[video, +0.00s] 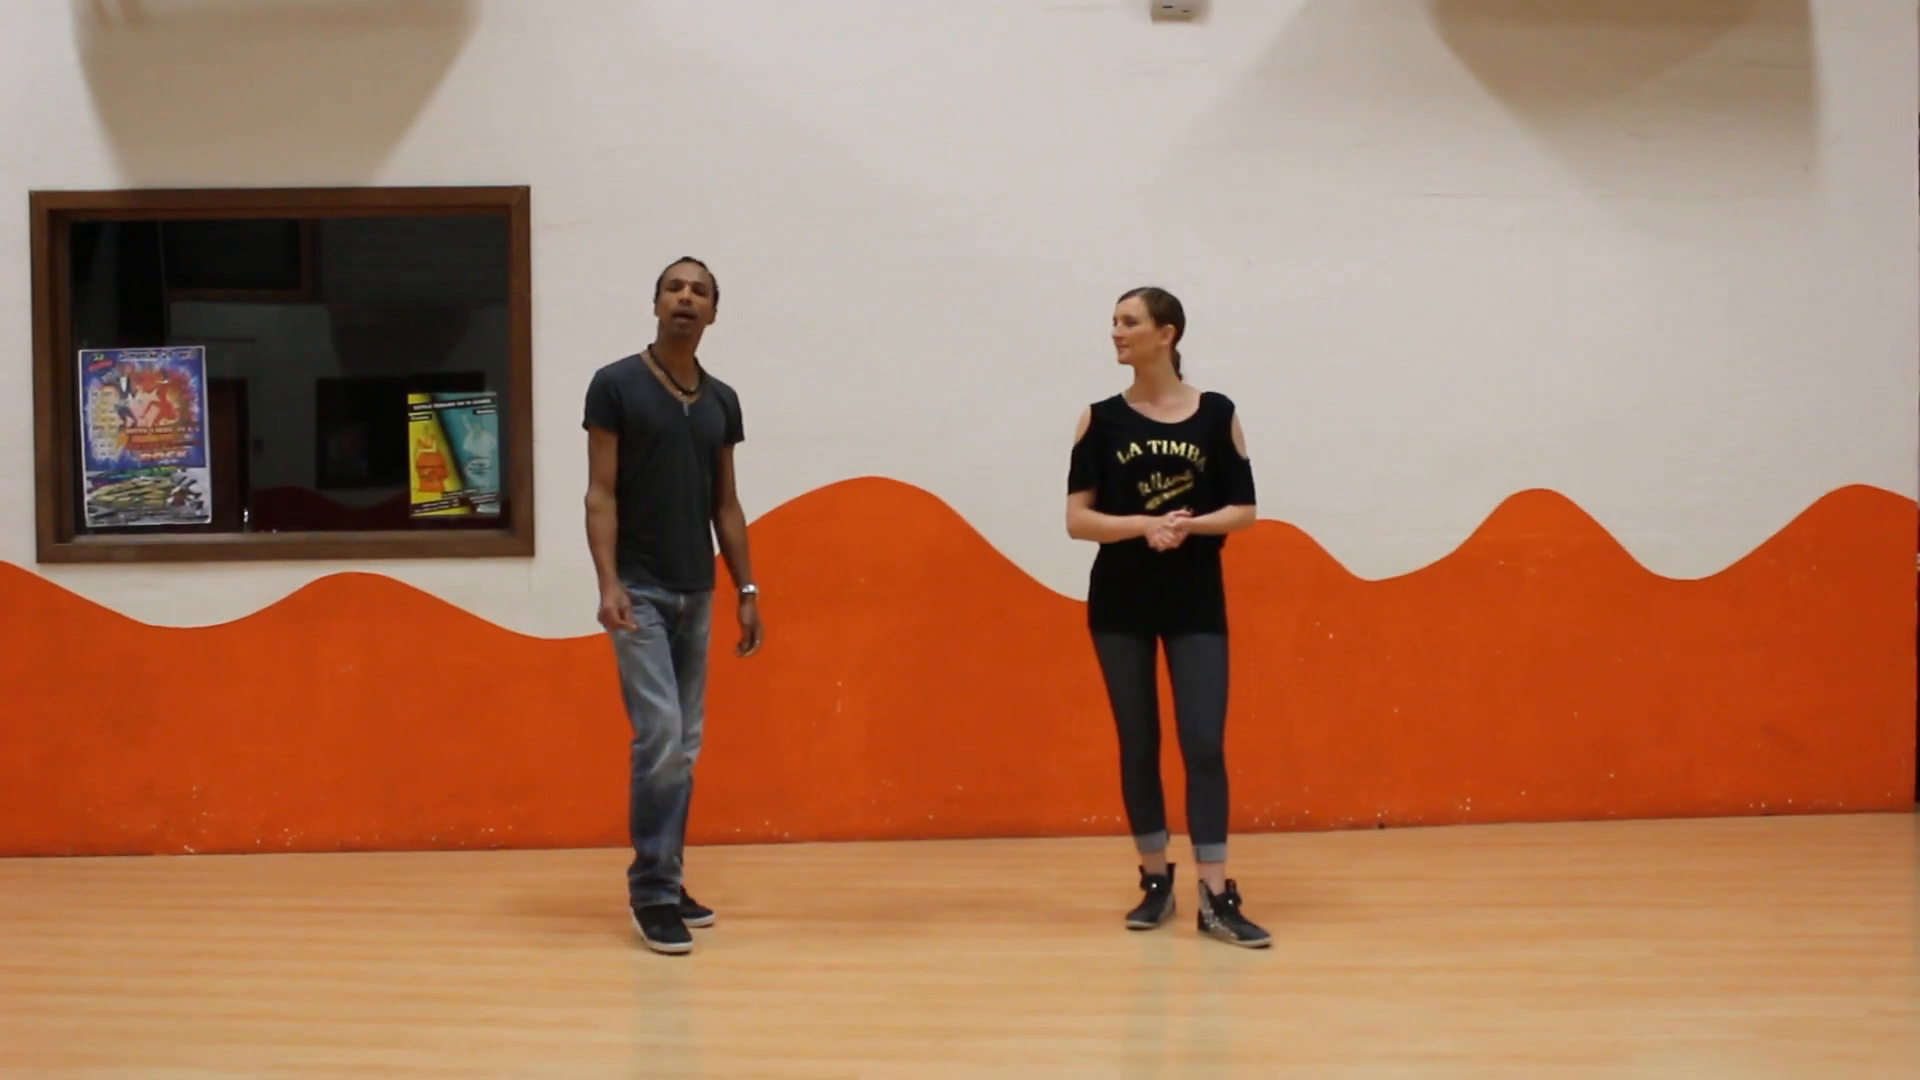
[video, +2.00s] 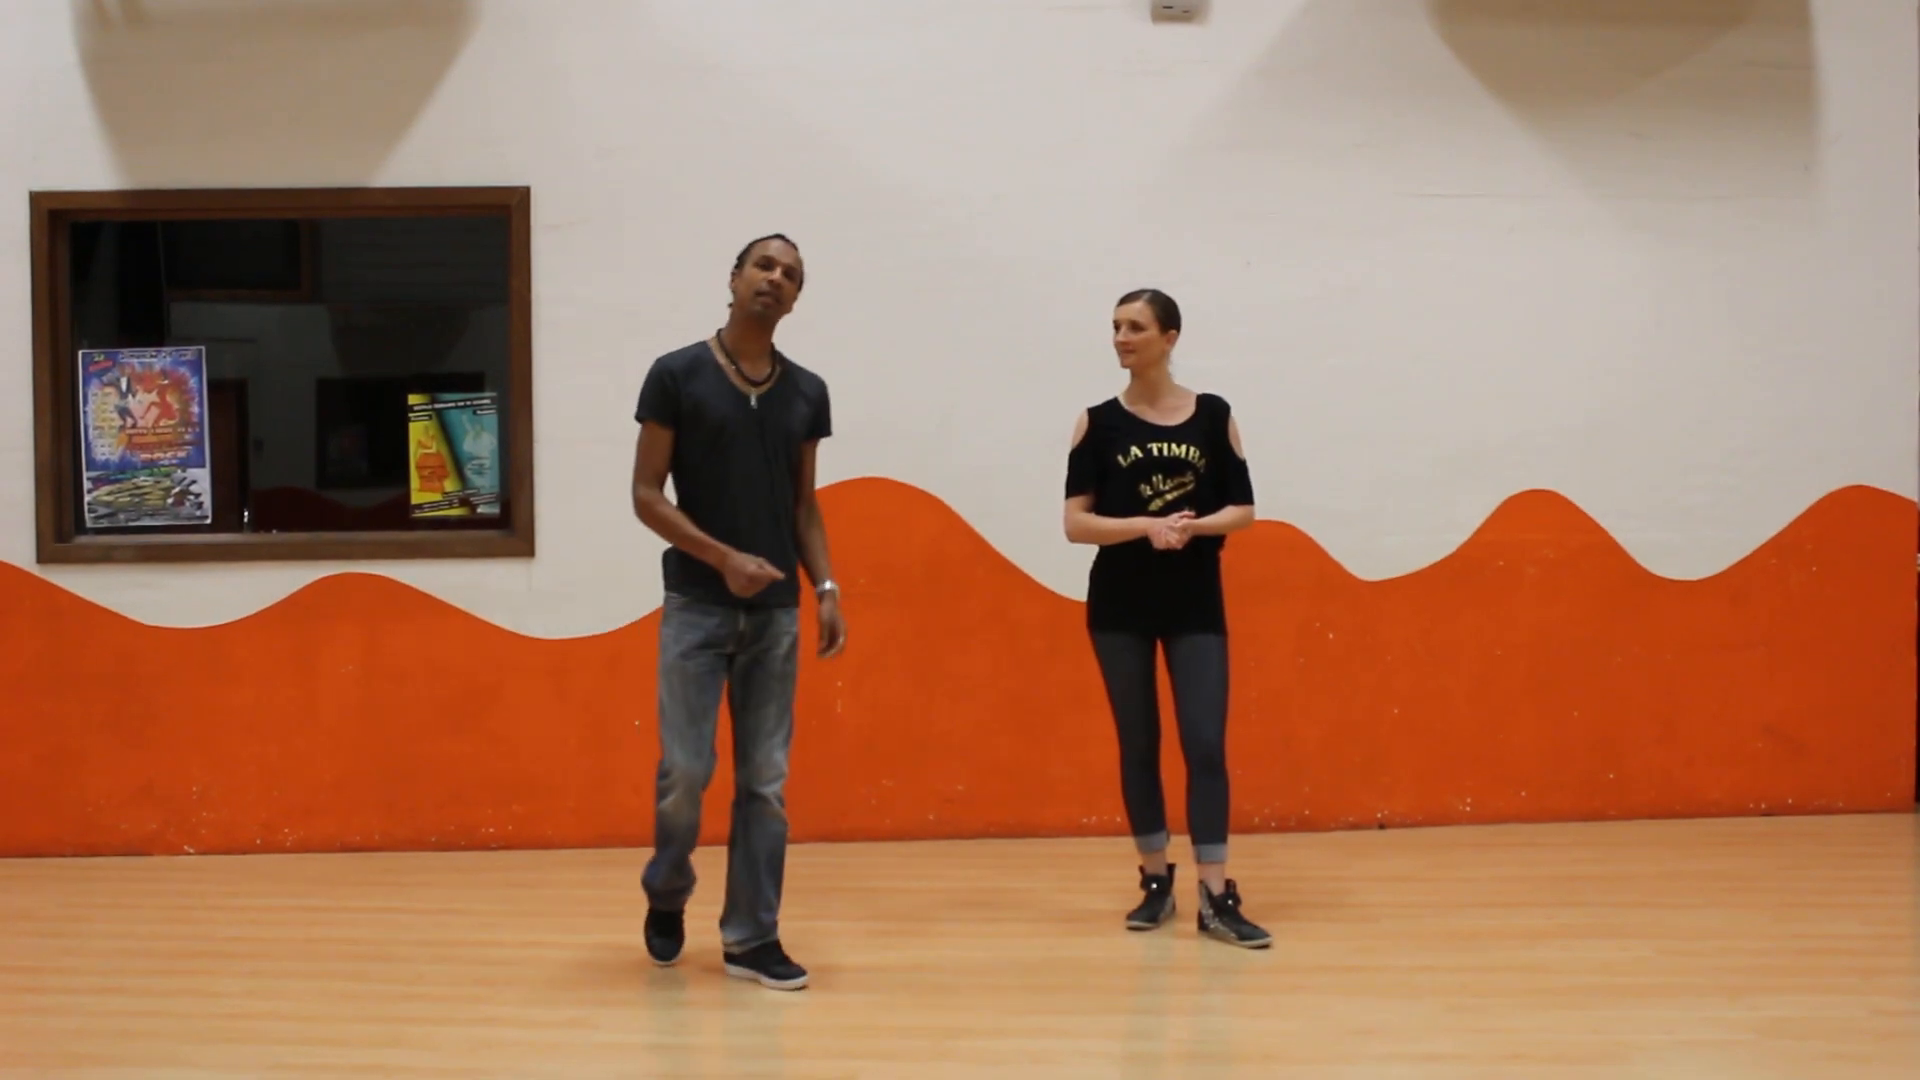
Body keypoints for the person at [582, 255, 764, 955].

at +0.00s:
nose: (685, 298)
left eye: (699, 291)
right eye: (674, 288)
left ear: (714, 312)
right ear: (654, 304)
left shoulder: (720, 401)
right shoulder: (616, 385)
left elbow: (726, 503)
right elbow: (601, 493)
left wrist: (747, 591)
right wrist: (608, 584)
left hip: (695, 589)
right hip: (637, 588)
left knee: (684, 741)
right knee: (661, 734)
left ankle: (665, 881)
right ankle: (653, 891)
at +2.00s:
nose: (776, 279)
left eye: (790, 275)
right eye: (765, 265)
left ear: (796, 301)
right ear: (734, 277)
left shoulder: (805, 391)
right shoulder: (677, 375)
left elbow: (805, 505)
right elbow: (646, 498)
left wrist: (826, 588)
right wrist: (723, 557)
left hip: (774, 607)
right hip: (696, 605)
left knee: (765, 778)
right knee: (687, 772)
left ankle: (753, 937)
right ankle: (667, 895)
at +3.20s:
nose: (695, 293)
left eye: (707, 287)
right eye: (683, 280)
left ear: (713, 310)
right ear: (650, 295)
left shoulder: (721, 395)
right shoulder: (604, 391)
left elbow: (722, 500)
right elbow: (574, 512)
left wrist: (729, 522)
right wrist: (677, 512)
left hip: (694, 607)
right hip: (619, 608)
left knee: (720, 771)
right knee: (620, 773)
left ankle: (751, 936)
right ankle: (621, 924)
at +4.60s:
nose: (733, 315)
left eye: (740, 306)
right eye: (721, 300)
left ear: (737, 320)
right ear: (682, 303)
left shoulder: (715, 396)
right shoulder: (642, 386)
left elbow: (688, 497)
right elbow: (613, 497)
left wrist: (729, 497)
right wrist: (709, 484)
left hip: (689, 586)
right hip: (639, 583)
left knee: (670, 739)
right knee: (664, 737)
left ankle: (645, 887)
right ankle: (636, 897)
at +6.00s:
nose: (720, 296)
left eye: (732, 287)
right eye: (707, 285)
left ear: (745, 303)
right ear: (681, 299)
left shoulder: (752, 391)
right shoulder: (650, 389)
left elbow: (732, 488)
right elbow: (627, 506)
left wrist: (766, 489)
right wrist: (725, 483)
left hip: (732, 596)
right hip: (667, 595)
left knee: (752, 745)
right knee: (682, 756)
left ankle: (689, 850)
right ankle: (690, 909)